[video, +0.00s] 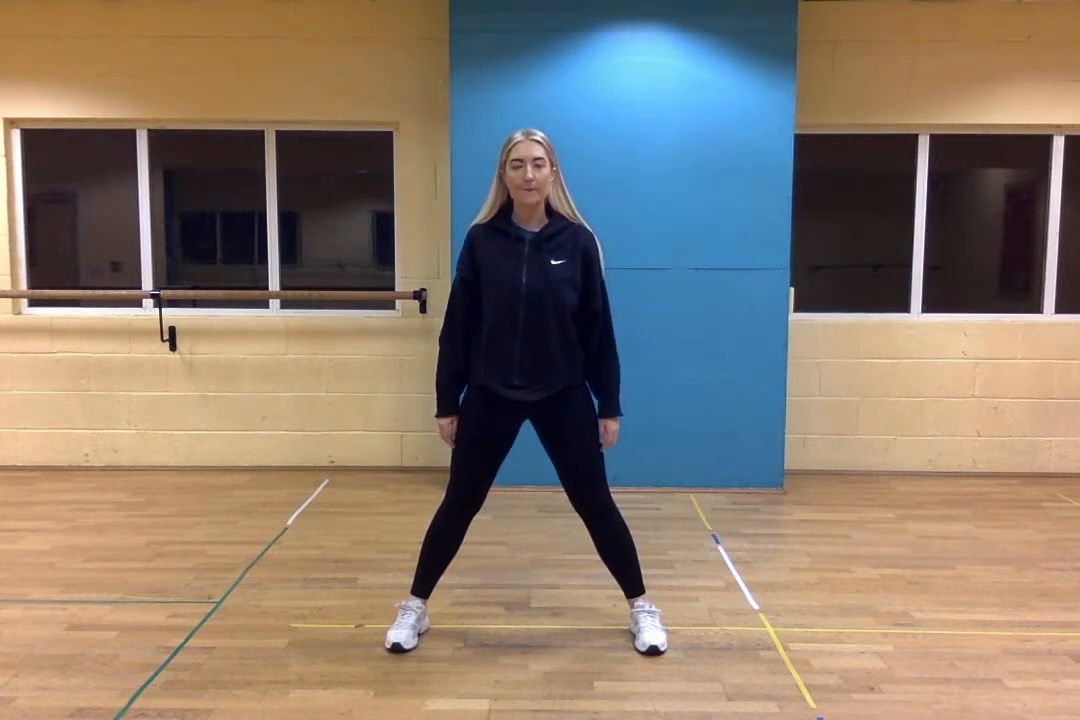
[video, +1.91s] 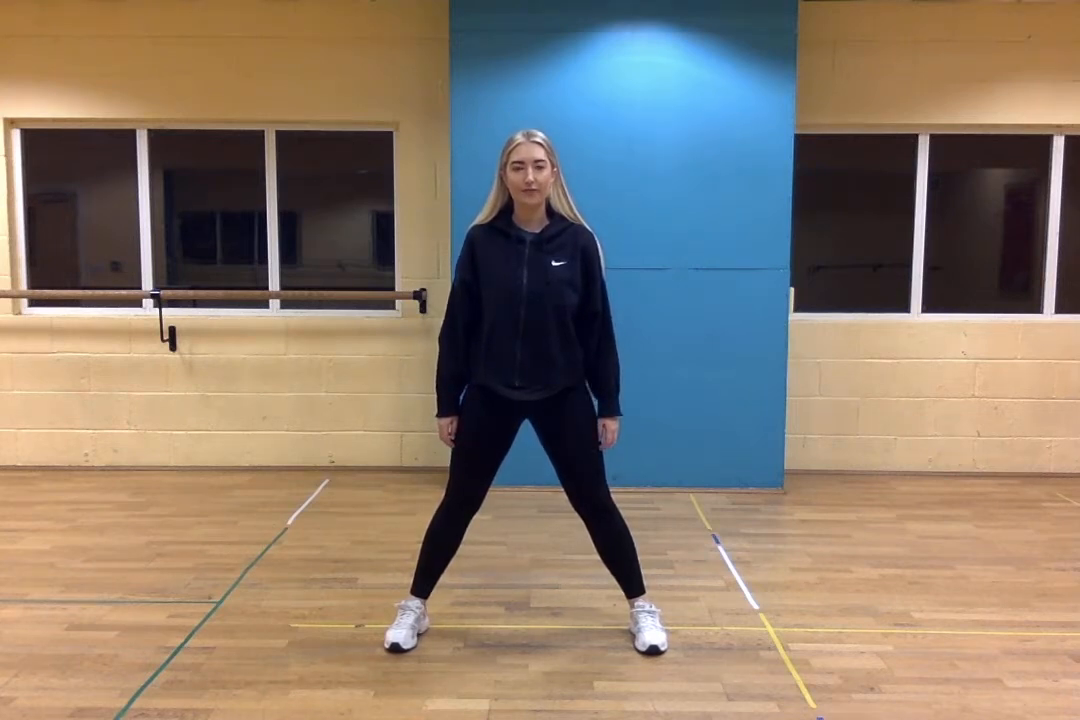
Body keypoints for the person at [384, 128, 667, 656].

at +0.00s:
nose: (529, 173)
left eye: (538, 163)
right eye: (518, 165)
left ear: (553, 172)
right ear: (504, 175)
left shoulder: (579, 239)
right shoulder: (482, 238)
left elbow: (597, 324)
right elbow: (458, 321)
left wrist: (609, 404)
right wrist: (448, 401)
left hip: (562, 394)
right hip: (491, 394)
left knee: (594, 502)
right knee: (460, 501)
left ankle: (641, 607)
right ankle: (414, 606)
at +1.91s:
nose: (529, 174)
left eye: (539, 165)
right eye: (519, 166)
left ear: (553, 173)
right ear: (504, 176)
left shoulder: (579, 240)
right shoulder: (482, 238)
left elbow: (597, 324)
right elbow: (458, 321)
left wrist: (608, 404)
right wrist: (448, 402)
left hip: (562, 394)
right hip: (491, 393)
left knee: (594, 502)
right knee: (460, 500)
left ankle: (641, 607)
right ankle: (414, 606)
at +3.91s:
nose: (543, 178)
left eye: (552, 168)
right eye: (532, 170)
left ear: (568, 177)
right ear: (518, 181)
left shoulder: (597, 244)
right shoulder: (499, 246)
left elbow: (622, 330)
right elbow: (471, 325)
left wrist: (638, 413)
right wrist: (448, 403)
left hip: (584, 398)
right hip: (512, 399)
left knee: (627, 510)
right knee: (465, 505)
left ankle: (641, 609)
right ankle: (414, 604)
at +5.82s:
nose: (538, 179)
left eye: (547, 170)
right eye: (528, 171)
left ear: (563, 179)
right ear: (514, 183)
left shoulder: (590, 246)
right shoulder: (495, 248)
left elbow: (613, 326)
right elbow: (475, 328)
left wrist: (622, 403)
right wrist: (471, 404)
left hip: (586, 396)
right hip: (517, 398)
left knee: (618, 506)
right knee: (469, 505)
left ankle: (636, 611)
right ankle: (417, 607)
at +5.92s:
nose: (548, 189)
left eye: (557, 179)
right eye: (537, 182)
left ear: (572, 189)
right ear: (524, 193)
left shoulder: (600, 255)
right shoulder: (503, 258)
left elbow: (624, 338)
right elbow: (485, 338)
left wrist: (642, 418)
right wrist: (487, 412)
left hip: (594, 408)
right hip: (521, 409)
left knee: (629, 515)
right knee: (464, 509)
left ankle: (637, 612)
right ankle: (416, 607)